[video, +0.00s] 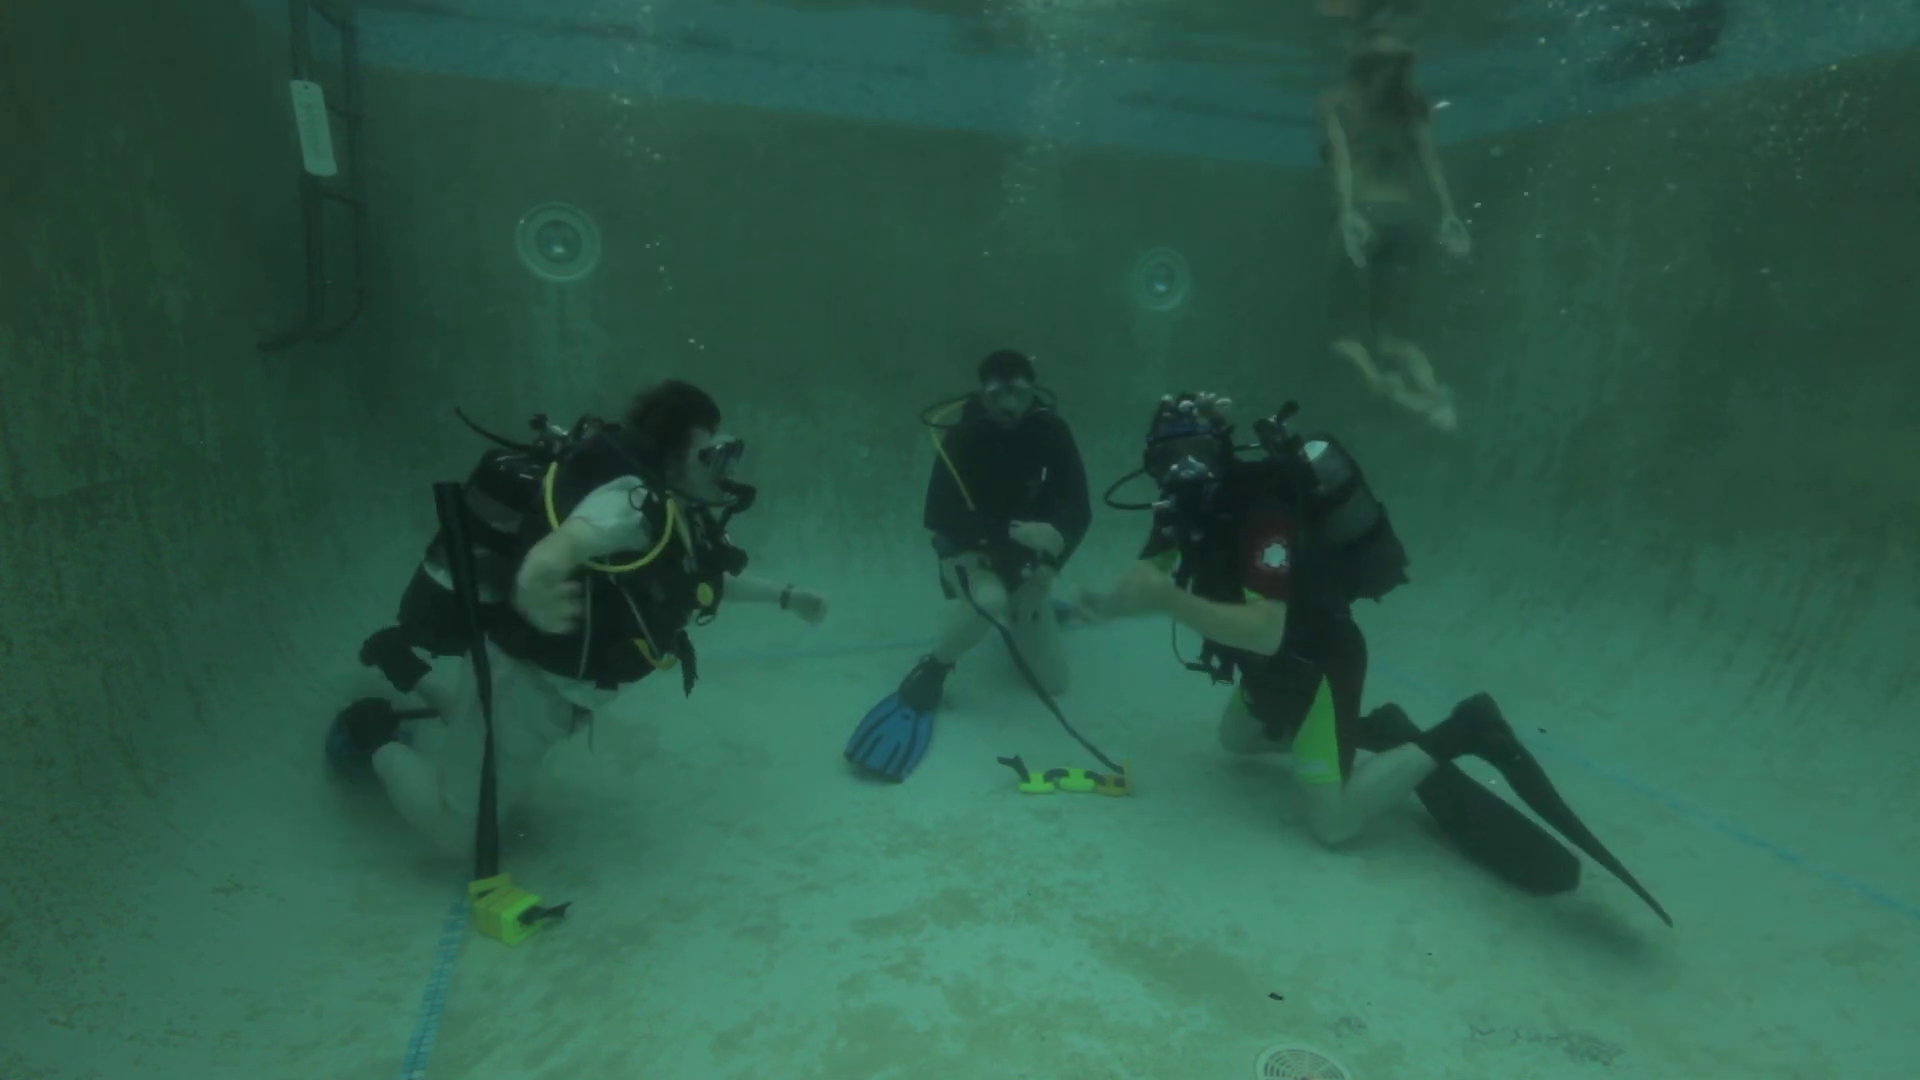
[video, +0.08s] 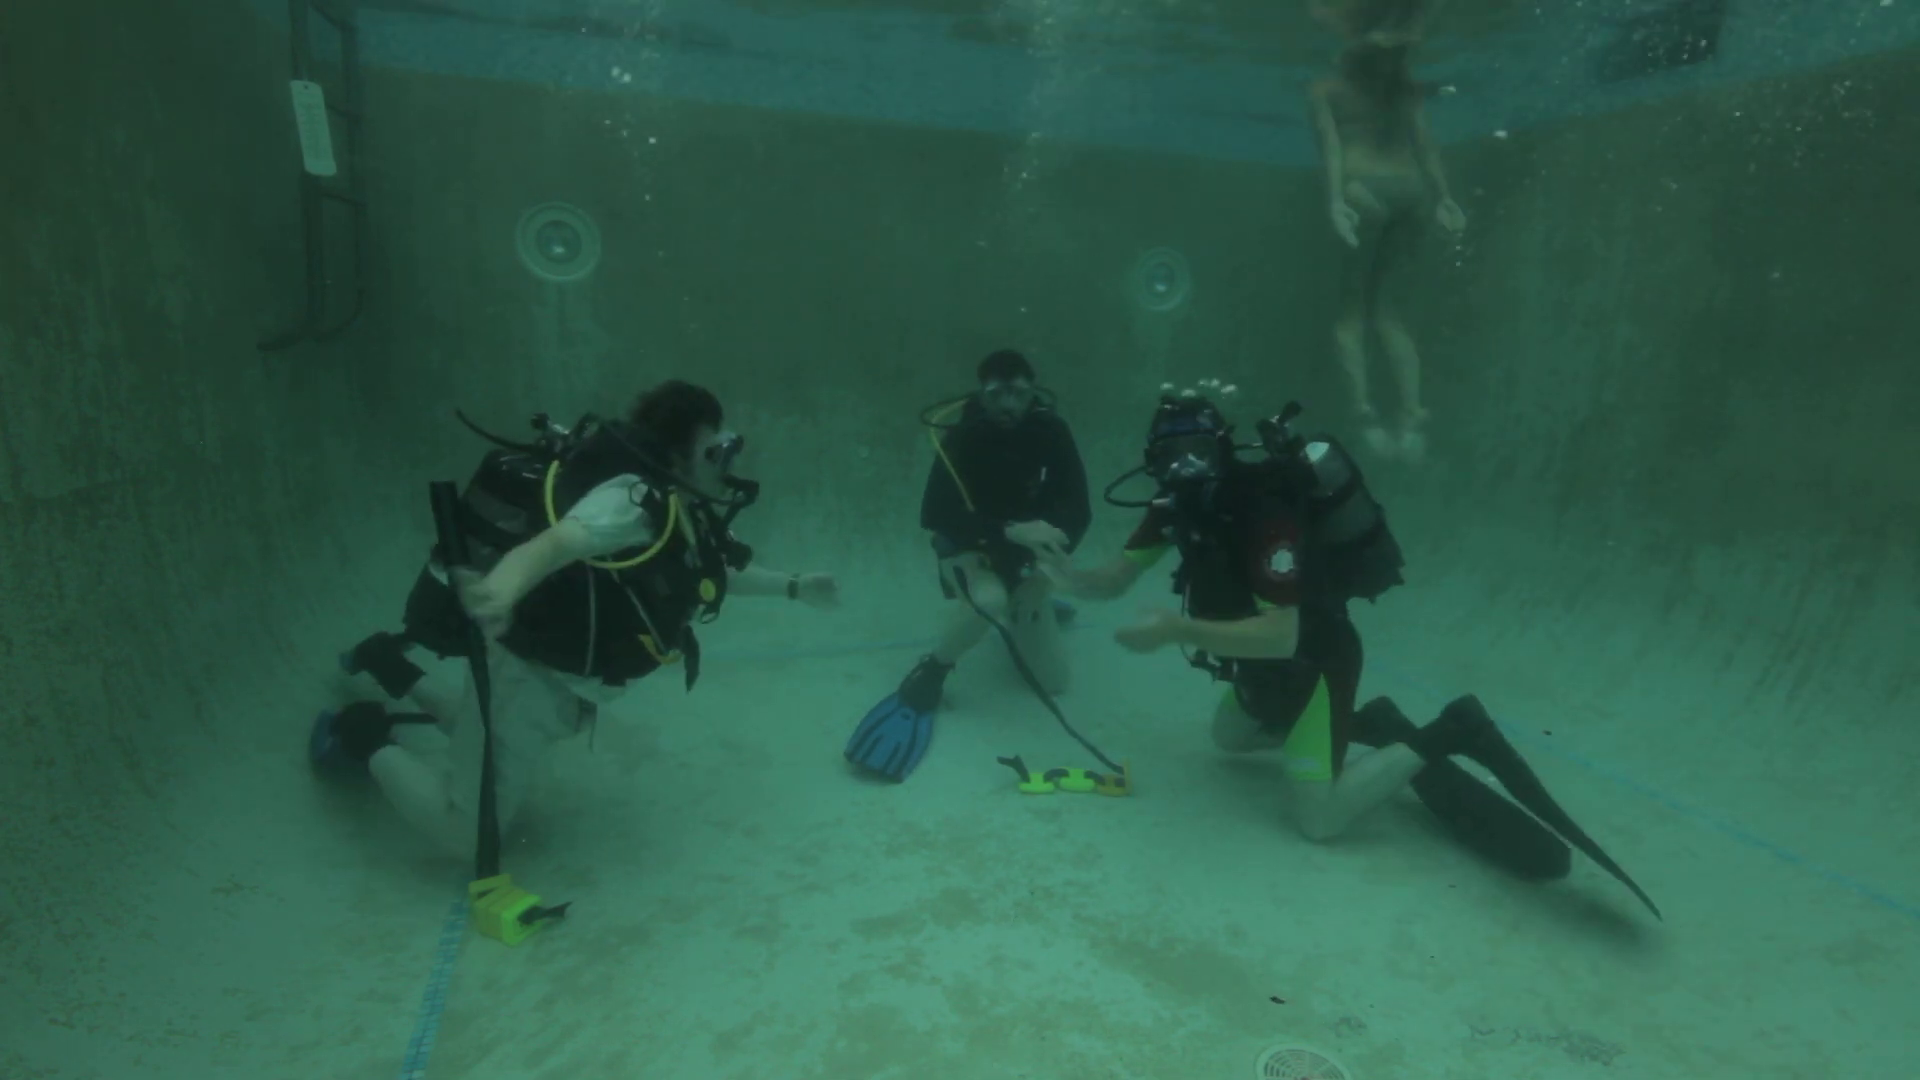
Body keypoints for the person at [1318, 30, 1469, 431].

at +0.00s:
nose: (1395, 72)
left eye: (1396, 63)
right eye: (1393, 64)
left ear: (1358, 61)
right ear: (1399, 65)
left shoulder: (1336, 102)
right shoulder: (1411, 102)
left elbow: (1342, 159)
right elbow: (1431, 161)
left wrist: (1346, 213)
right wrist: (1449, 213)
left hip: (1365, 215)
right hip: (1410, 215)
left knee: (1345, 322)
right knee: (1396, 328)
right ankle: (1436, 398)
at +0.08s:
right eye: (1395, 54)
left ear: (1347, 55)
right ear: (1392, 54)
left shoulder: (1327, 91)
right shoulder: (1404, 88)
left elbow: (1332, 146)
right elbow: (1427, 145)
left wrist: (1335, 199)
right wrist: (1445, 197)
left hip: (1362, 191)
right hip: (1410, 190)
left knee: (1349, 305)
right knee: (1389, 307)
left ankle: (1363, 413)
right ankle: (1413, 418)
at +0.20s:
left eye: (1322, 32)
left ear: (1339, 28)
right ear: (1386, 27)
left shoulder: (1326, 68)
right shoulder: (1398, 57)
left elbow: (1318, 125)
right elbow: (1422, 116)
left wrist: (1312, 175)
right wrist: (1437, 171)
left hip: (1359, 153)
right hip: (1409, 155)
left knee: (1364, 276)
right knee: (1396, 276)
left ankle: (1363, 392)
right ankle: (1389, 391)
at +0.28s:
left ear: (1339, 19)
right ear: (1381, 21)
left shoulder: (1327, 51)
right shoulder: (1395, 48)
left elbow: (1312, 117)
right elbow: (1421, 103)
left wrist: (1293, 172)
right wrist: (1438, 158)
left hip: (1365, 138)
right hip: (1410, 134)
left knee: (1368, 253)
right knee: (1402, 252)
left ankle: (1361, 373)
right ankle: (1385, 376)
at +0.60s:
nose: (1285, 30)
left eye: (1289, 22)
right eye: (1286, 23)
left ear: (1303, 21)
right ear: (1327, 22)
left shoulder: (1304, 49)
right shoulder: (1351, 45)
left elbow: (1277, 106)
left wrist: (1210, 123)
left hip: (1383, 92)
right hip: (1426, 96)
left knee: (1383, 211)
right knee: (1414, 210)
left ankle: (1372, 327)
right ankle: (1399, 324)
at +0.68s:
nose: (1278, 35)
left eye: (1281, 29)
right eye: (1277, 29)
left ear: (1293, 28)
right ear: (1316, 28)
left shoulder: (1298, 54)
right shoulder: (1340, 52)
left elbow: (1267, 107)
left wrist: (1198, 122)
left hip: (1387, 89)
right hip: (1426, 94)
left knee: (1389, 205)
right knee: (1419, 207)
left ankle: (1379, 317)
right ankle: (1407, 316)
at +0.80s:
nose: (1270, 58)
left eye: (1275, 55)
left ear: (1290, 48)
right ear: (1318, 47)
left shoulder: (1298, 64)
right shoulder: (1348, 64)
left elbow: (1254, 112)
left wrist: (1191, 114)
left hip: (1388, 91)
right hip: (1424, 96)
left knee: (1404, 201)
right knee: (1429, 201)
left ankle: (1401, 304)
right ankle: (1429, 303)